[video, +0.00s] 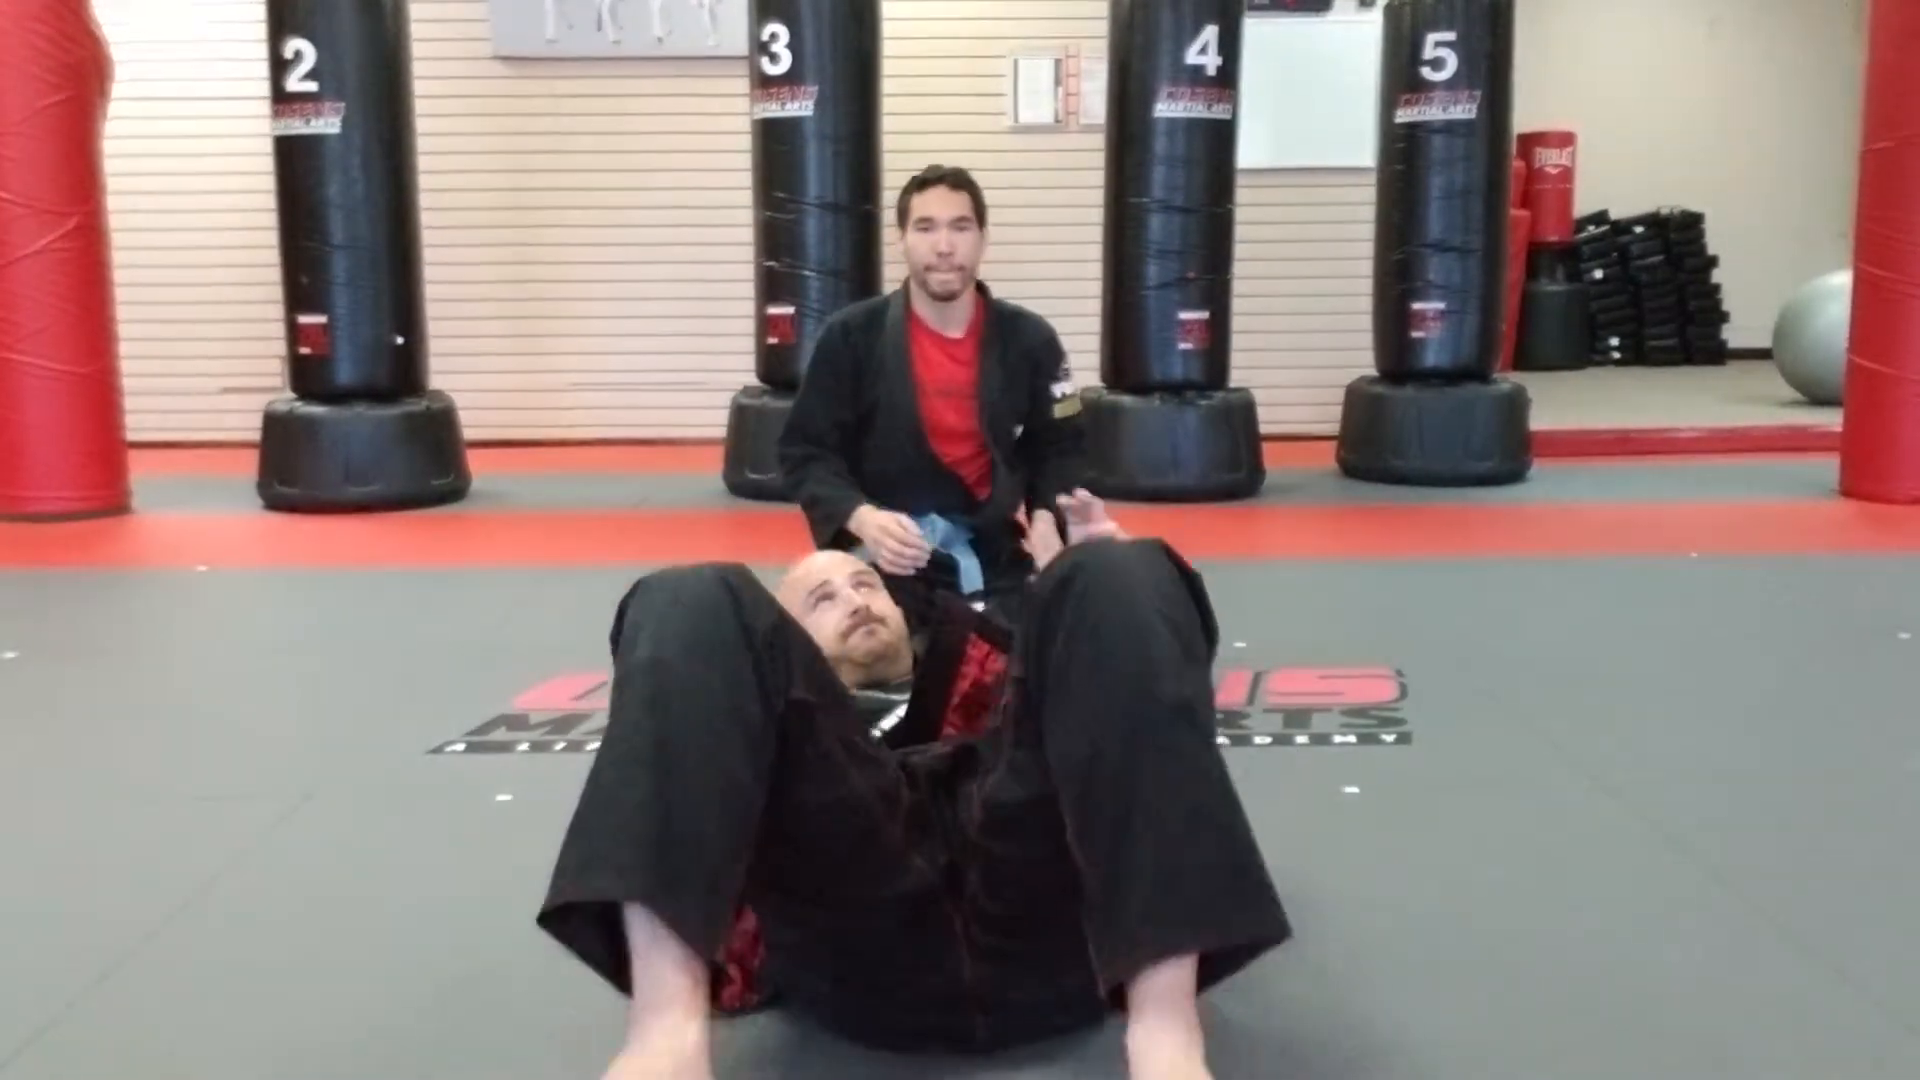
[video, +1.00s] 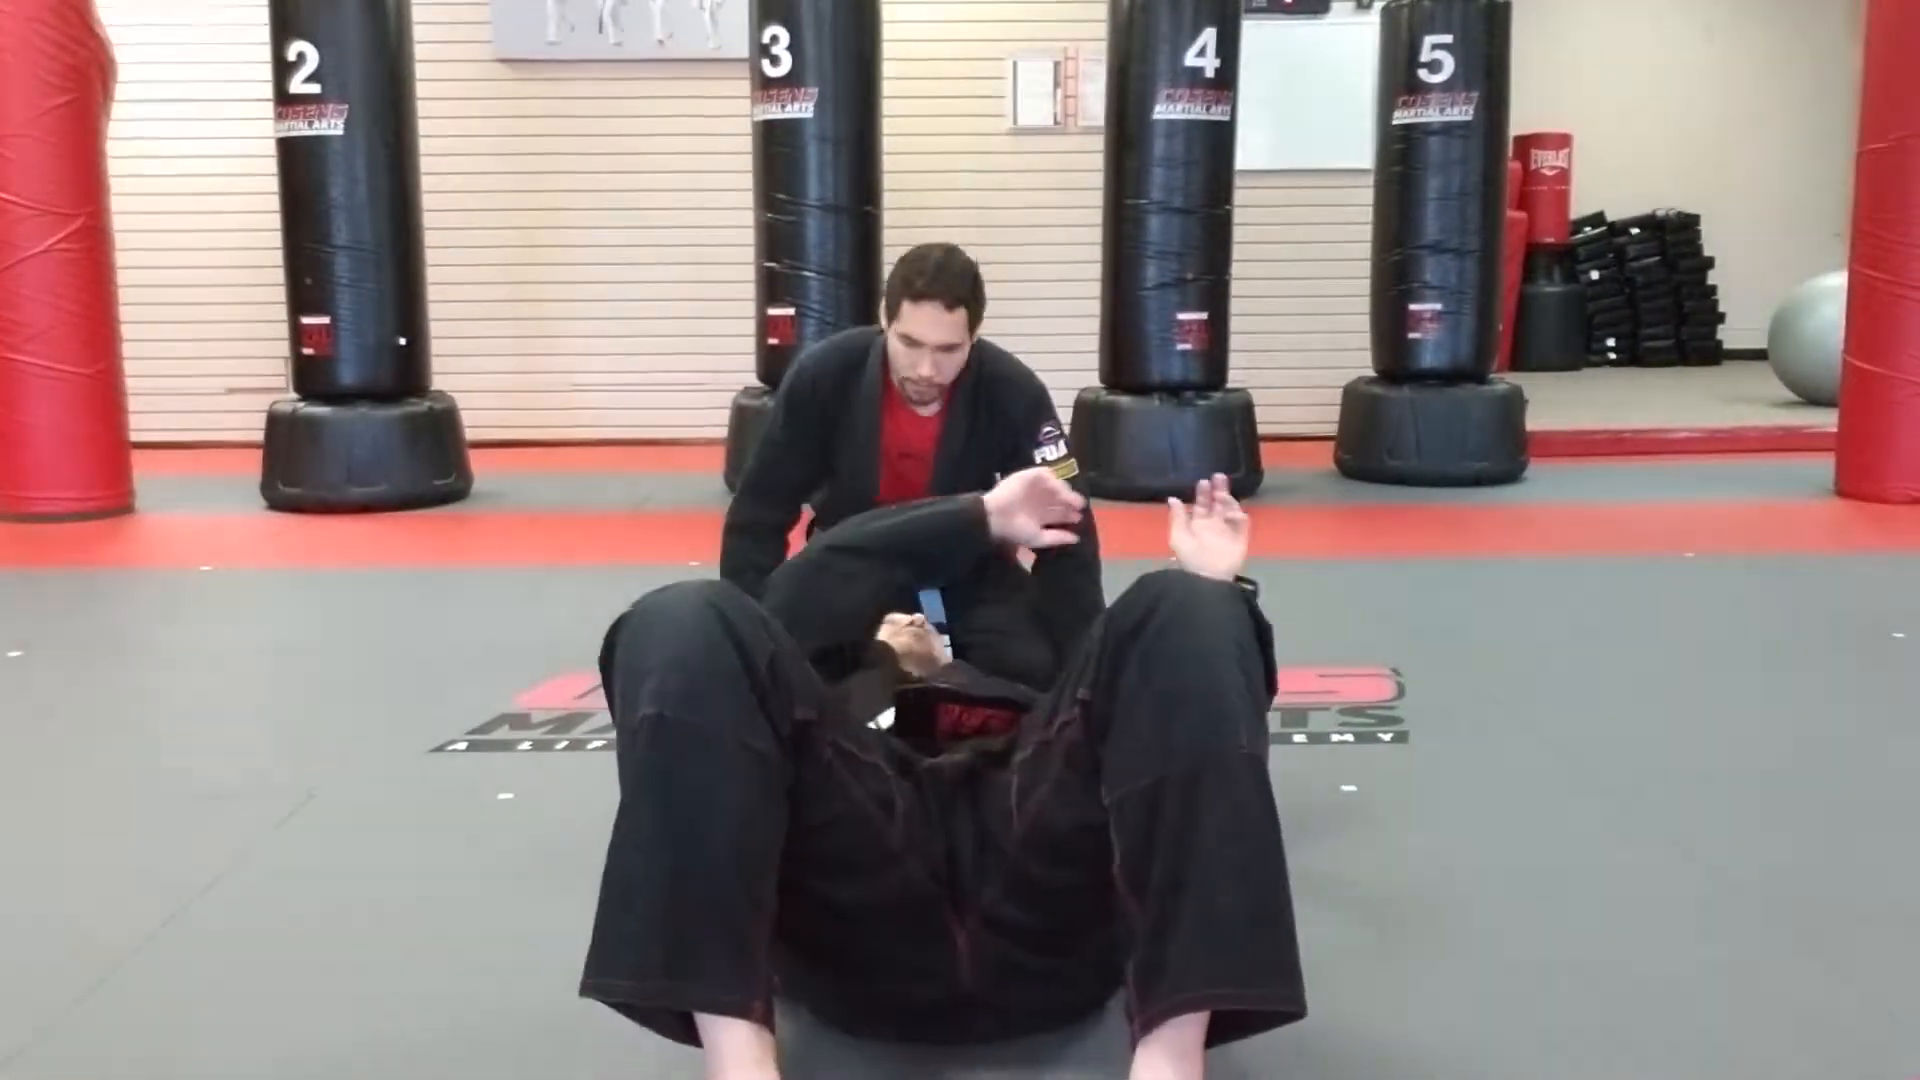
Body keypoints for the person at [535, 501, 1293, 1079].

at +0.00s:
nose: (847, 596)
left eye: (855, 581)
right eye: (818, 603)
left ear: (903, 593)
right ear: (798, 663)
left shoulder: (1024, 661)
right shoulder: (795, 736)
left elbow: (1176, 659)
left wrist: (1097, 575)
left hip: (1061, 959)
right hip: (863, 976)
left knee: (1119, 571)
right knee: (681, 598)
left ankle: (1167, 1027)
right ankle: (667, 1026)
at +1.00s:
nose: (909, 634)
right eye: (895, 626)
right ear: (867, 638)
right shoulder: (816, 700)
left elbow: (1217, 720)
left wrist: (1208, 596)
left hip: (1055, 886)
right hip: (855, 888)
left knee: (1192, 607)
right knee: (677, 620)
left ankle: (1173, 1049)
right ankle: (737, 1048)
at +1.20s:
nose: (1038, 608)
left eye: (1061, 614)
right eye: (1023, 603)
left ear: (1091, 666)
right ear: (987, 621)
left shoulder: (1100, 721)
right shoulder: (893, 646)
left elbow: (1242, 804)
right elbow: (920, 495)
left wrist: (1286, 669)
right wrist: (1087, 431)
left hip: (1052, 836)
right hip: (861, 824)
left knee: (1203, 623)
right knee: (703, 619)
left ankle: (1179, 1055)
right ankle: (739, 1050)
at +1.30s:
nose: (1097, 597)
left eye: (1114, 602)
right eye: (1083, 589)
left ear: (1130, 649)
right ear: (1043, 601)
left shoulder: (1116, 712)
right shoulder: (948, 610)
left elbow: (1235, 818)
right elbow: (927, 472)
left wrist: (1304, 703)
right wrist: (1065, 400)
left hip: (1044, 805)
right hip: (872, 762)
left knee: (1191, 643)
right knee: (729, 625)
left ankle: (1183, 1055)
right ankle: (744, 1049)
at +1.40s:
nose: (1127, 595)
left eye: (1147, 607)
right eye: (1124, 583)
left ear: (1134, 654)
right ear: (1083, 580)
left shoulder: (1116, 705)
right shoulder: (997, 573)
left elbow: (1193, 833)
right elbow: (900, 476)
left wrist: (1294, 721)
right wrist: (995, 419)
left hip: (1022, 782)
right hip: (879, 722)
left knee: (1165, 655)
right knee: (750, 641)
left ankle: (1178, 1050)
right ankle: (742, 1050)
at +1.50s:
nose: (1129, 590)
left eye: (1154, 601)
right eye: (1125, 582)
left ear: (1185, 661)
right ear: (1075, 595)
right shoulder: (986, 593)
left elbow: (1176, 799)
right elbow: (855, 511)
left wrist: (1263, 682)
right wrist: (915, 448)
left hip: (1013, 792)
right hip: (862, 741)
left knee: (1128, 628)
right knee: (748, 660)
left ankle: (1131, 1016)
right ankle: (734, 1046)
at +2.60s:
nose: (803, 557)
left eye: (822, 541)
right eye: (780, 555)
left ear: (866, 555)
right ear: (775, 582)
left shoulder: (944, 596)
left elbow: (1072, 574)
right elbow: (680, 675)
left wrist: (957, 494)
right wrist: (708, 505)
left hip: (1008, 765)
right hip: (859, 773)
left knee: (1102, 567)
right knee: (754, 606)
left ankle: (1028, 937)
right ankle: (805, 960)